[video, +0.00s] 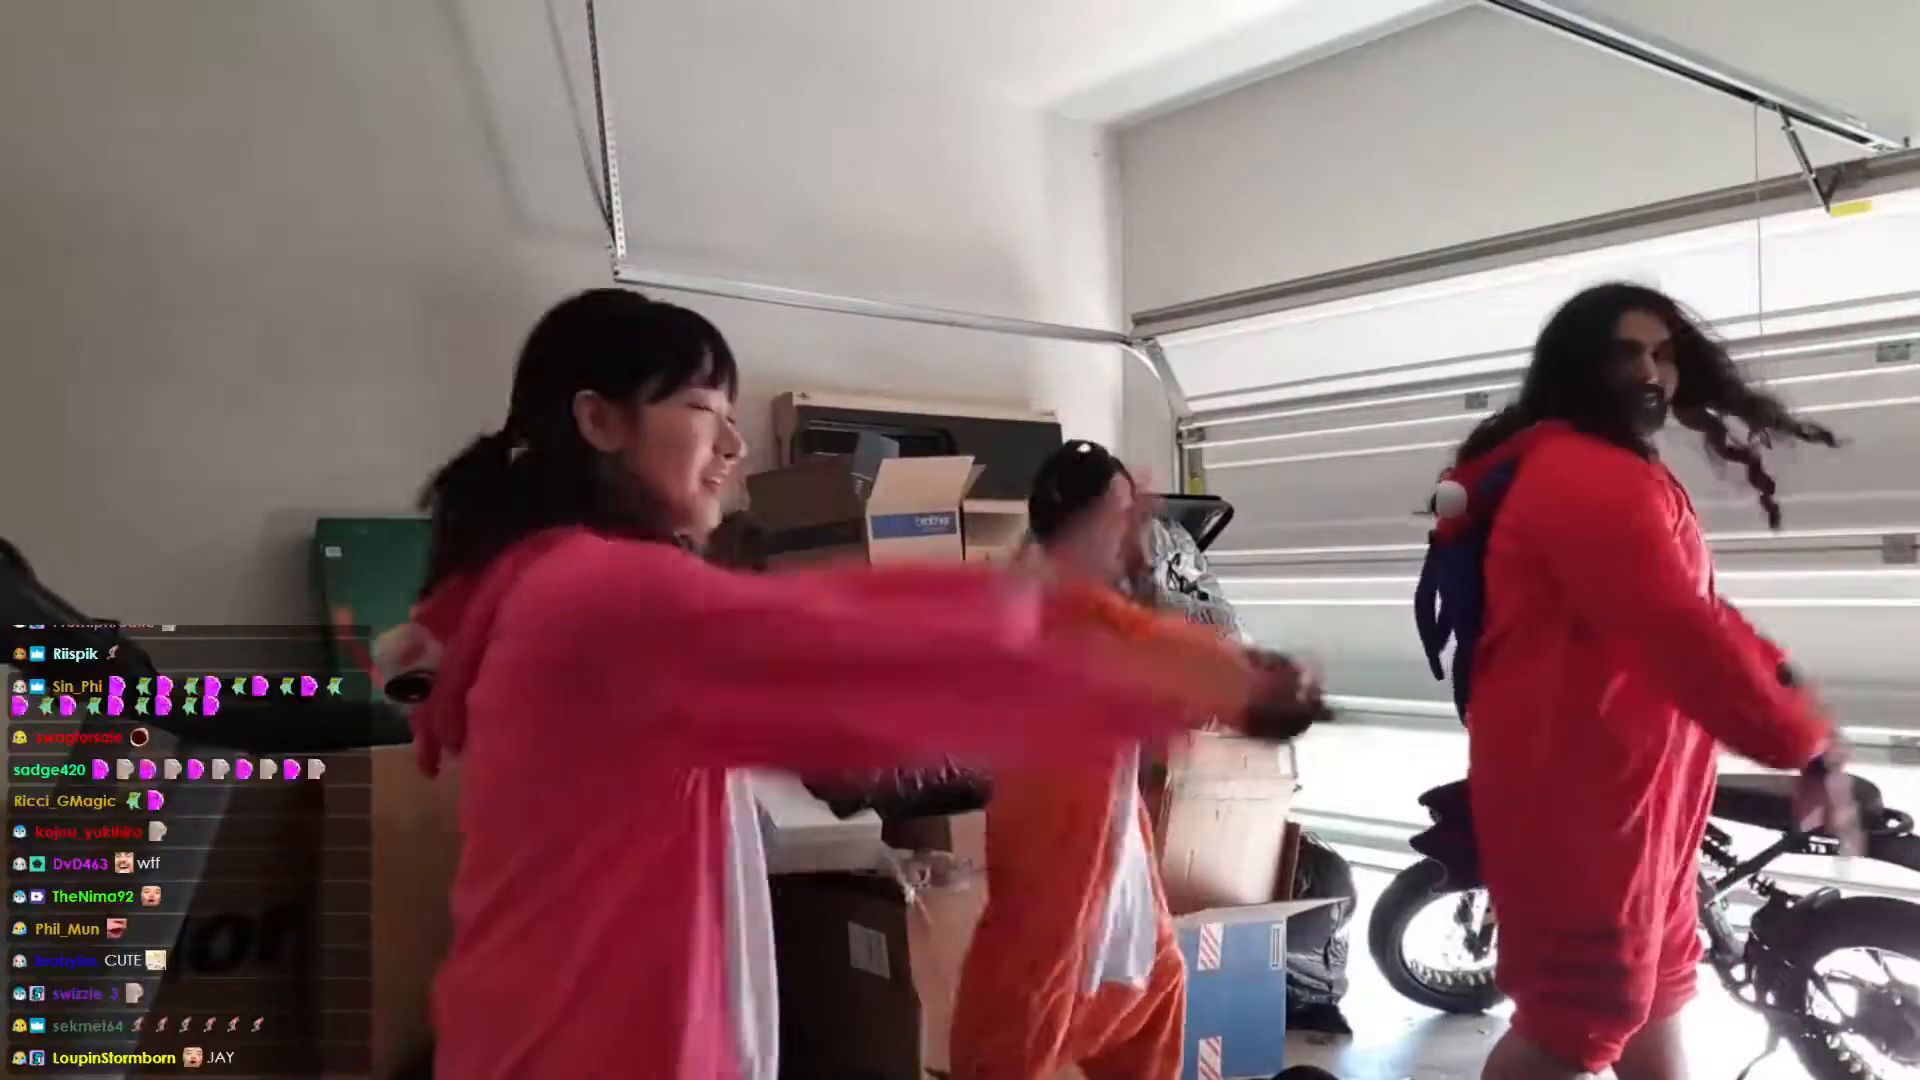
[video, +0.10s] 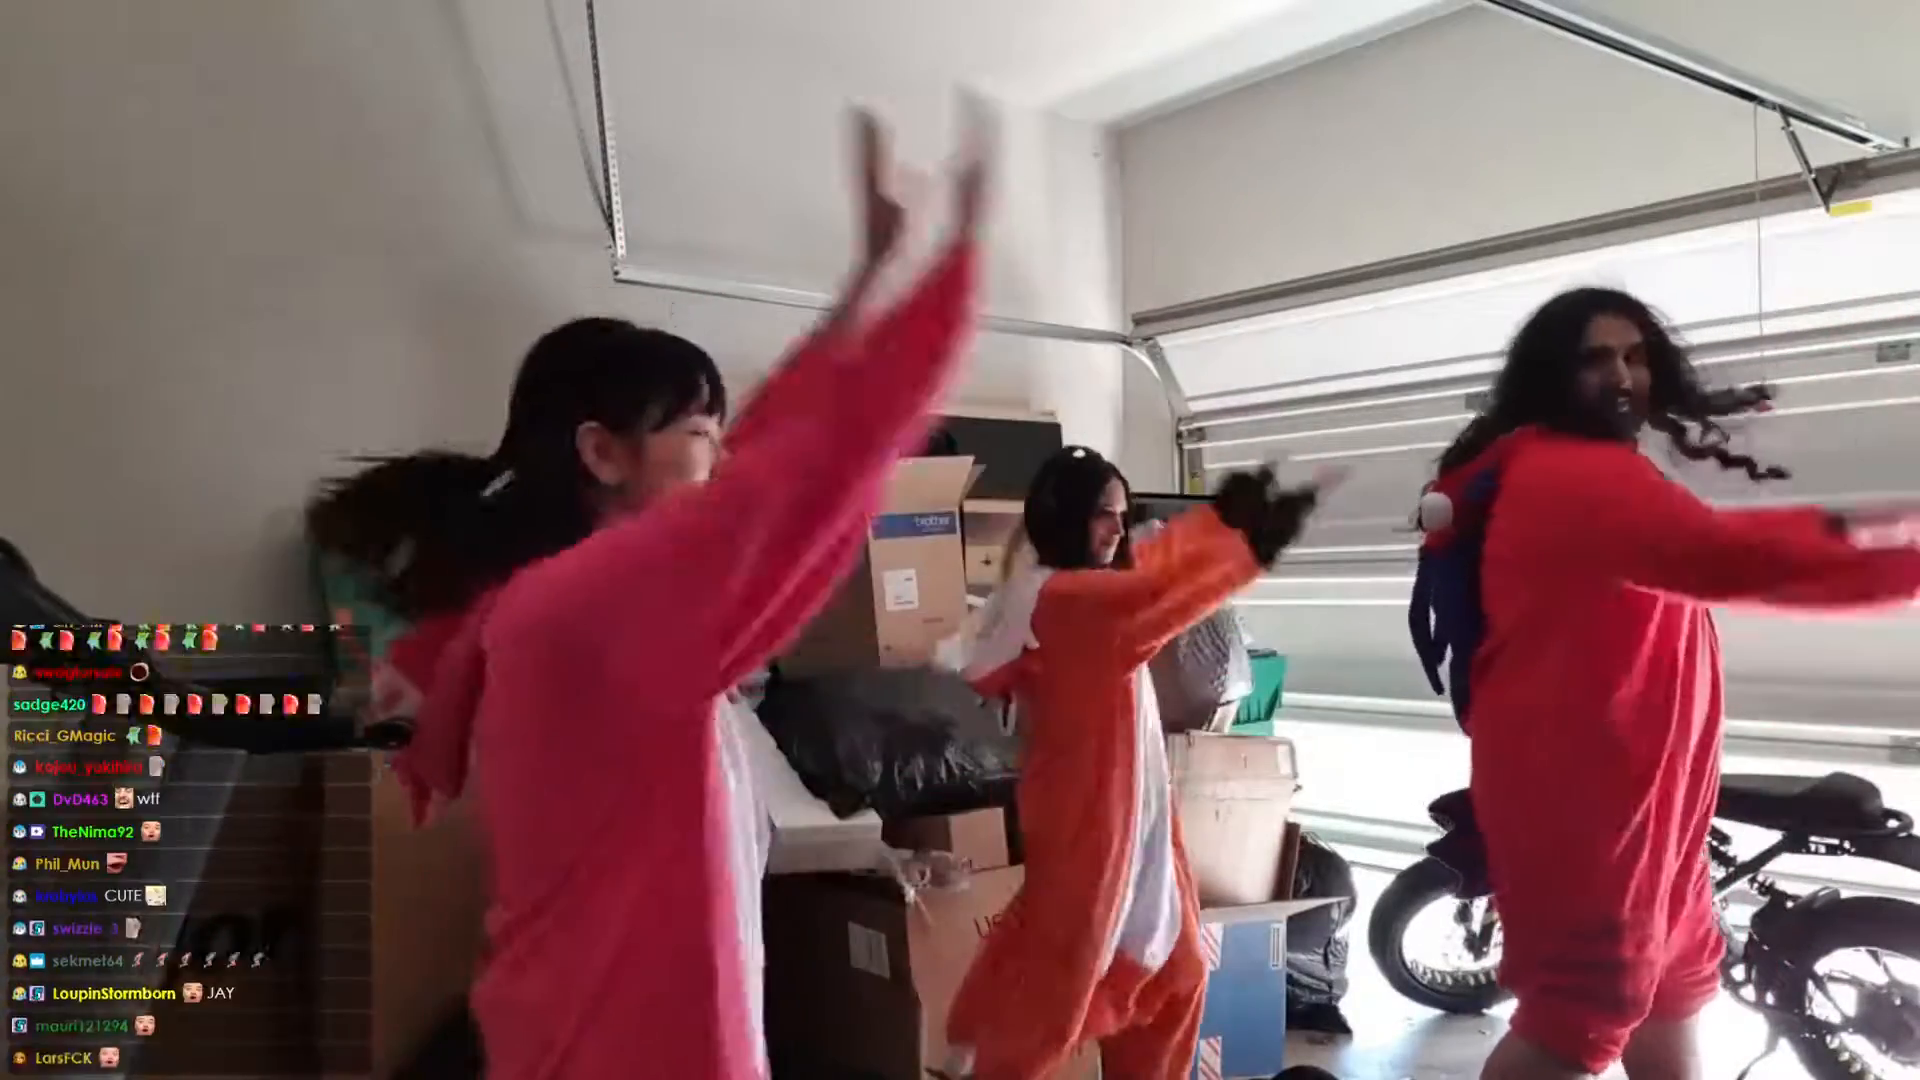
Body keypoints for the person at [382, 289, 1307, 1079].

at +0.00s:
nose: (735, 439)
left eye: (731, 413)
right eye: (703, 406)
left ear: (616, 428)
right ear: (598, 421)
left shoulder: (615, 589)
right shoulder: (581, 590)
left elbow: (857, 709)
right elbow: (851, 639)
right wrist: (1199, 676)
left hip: (658, 1034)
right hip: (585, 1045)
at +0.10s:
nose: (725, 456)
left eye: (723, 429)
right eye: (702, 428)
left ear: (604, 459)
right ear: (603, 453)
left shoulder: (597, 614)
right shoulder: (572, 609)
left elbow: (761, 480)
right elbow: (779, 486)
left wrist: (870, 283)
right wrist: (950, 273)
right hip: (615, 1050)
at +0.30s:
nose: (741, 504)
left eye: (742, 463)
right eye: (709, 460)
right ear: (641, 464)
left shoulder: (671, 664)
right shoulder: (586, 652)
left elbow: (719, 462)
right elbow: (697, 458)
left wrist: (784, 272)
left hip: (730, 1054)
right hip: (648, 1056)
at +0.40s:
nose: (772, 442)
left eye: (769, 415)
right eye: (753, 412)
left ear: (669, 427)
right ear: (661, 425)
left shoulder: (664, 602)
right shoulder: (591, 589)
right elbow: (816, 489)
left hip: (710, 1034)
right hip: (639, 1046)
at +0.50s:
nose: (827, 440)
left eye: (818, 415)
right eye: (798, 417)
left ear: (719, 447)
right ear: (705, 444)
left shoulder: (702, 591)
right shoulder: (668, 583)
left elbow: (882, 714)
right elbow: (888, 669)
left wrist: (1041, 746)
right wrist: (1121, 693)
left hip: (667, 1033)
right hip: (600, 1040)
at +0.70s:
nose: (870, 472)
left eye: (875, 448)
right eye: (823, 450)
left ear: (890, 473)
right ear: (745, 492)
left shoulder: (871, 696)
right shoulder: (692, 655)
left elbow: (857, 927)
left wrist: (818, 1065)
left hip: (780, 1058)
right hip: (647, 1053)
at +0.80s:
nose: (817, 370)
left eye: (840, 348)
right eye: (782, 342)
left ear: (863, 384)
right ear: (718, 370)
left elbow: (993, 720)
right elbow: (399, 632)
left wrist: (938, 881)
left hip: (822, 1023)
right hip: (610, 1014)